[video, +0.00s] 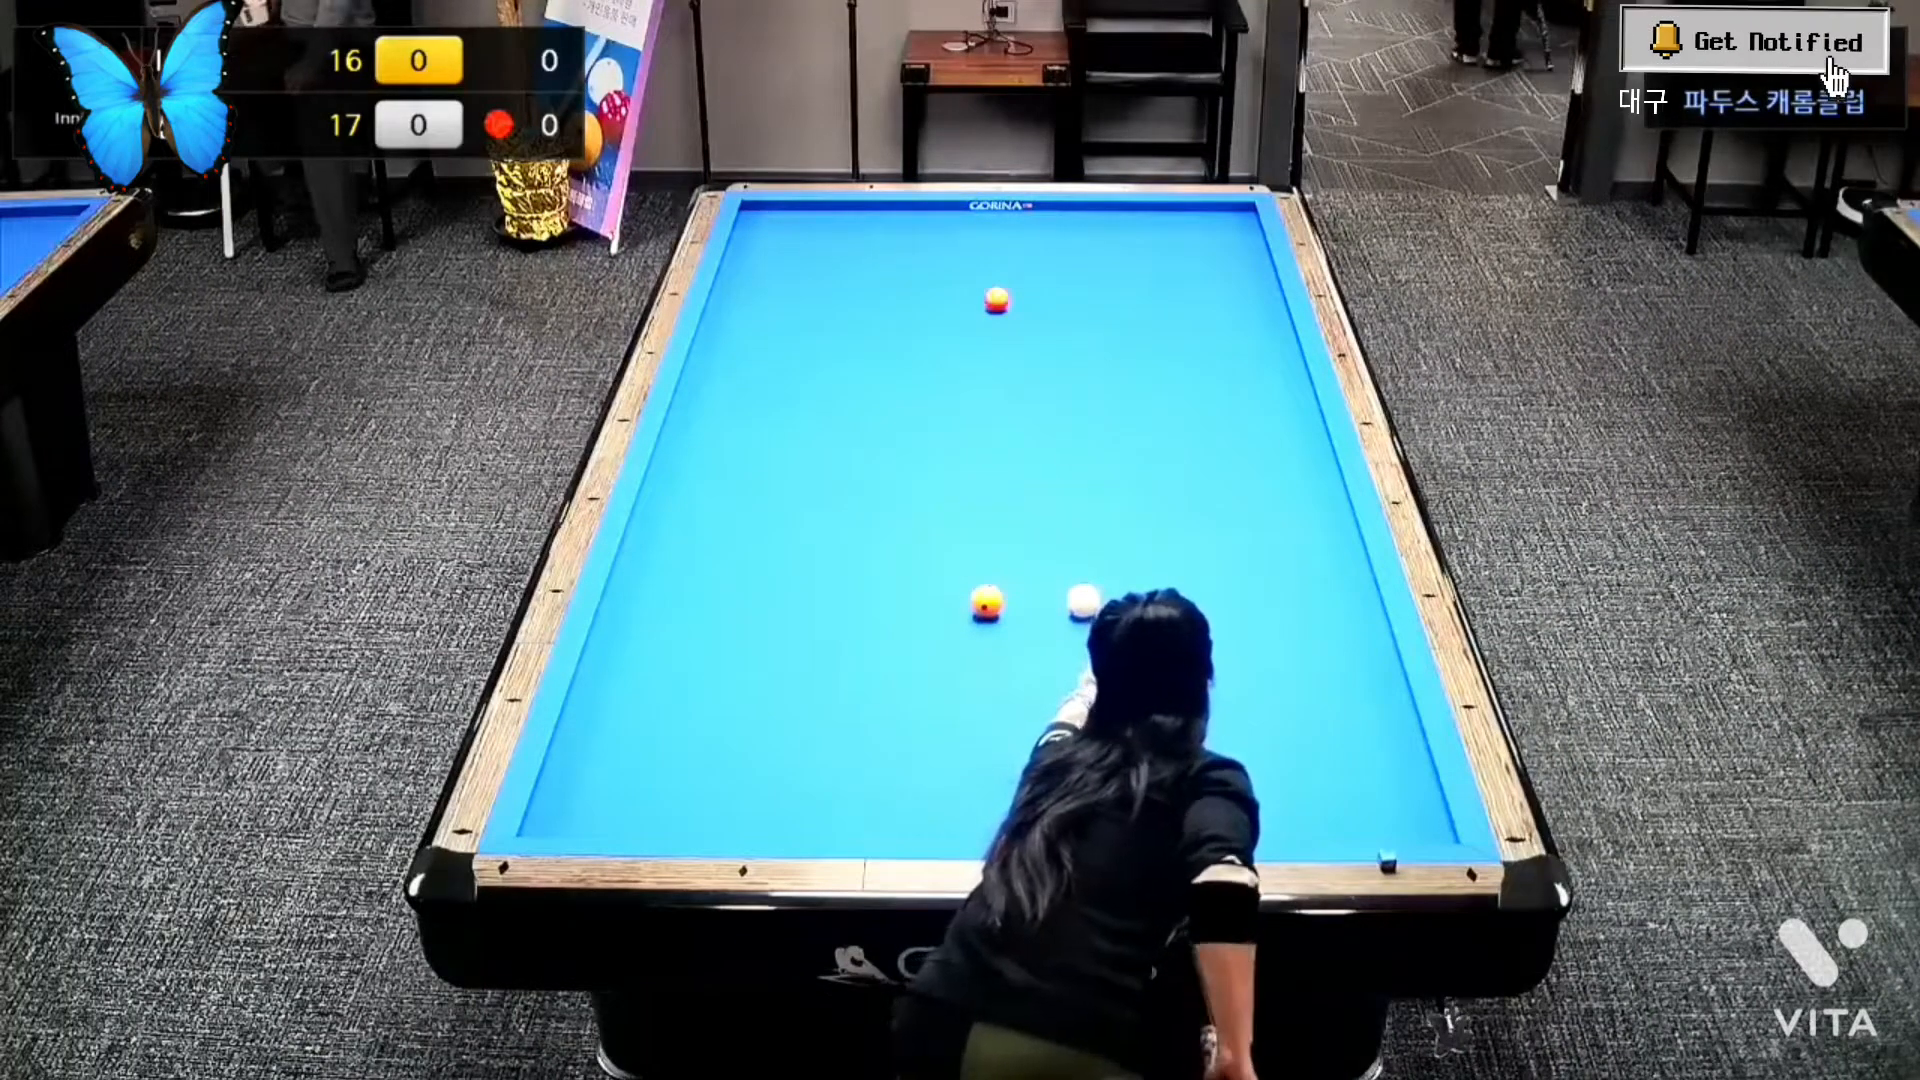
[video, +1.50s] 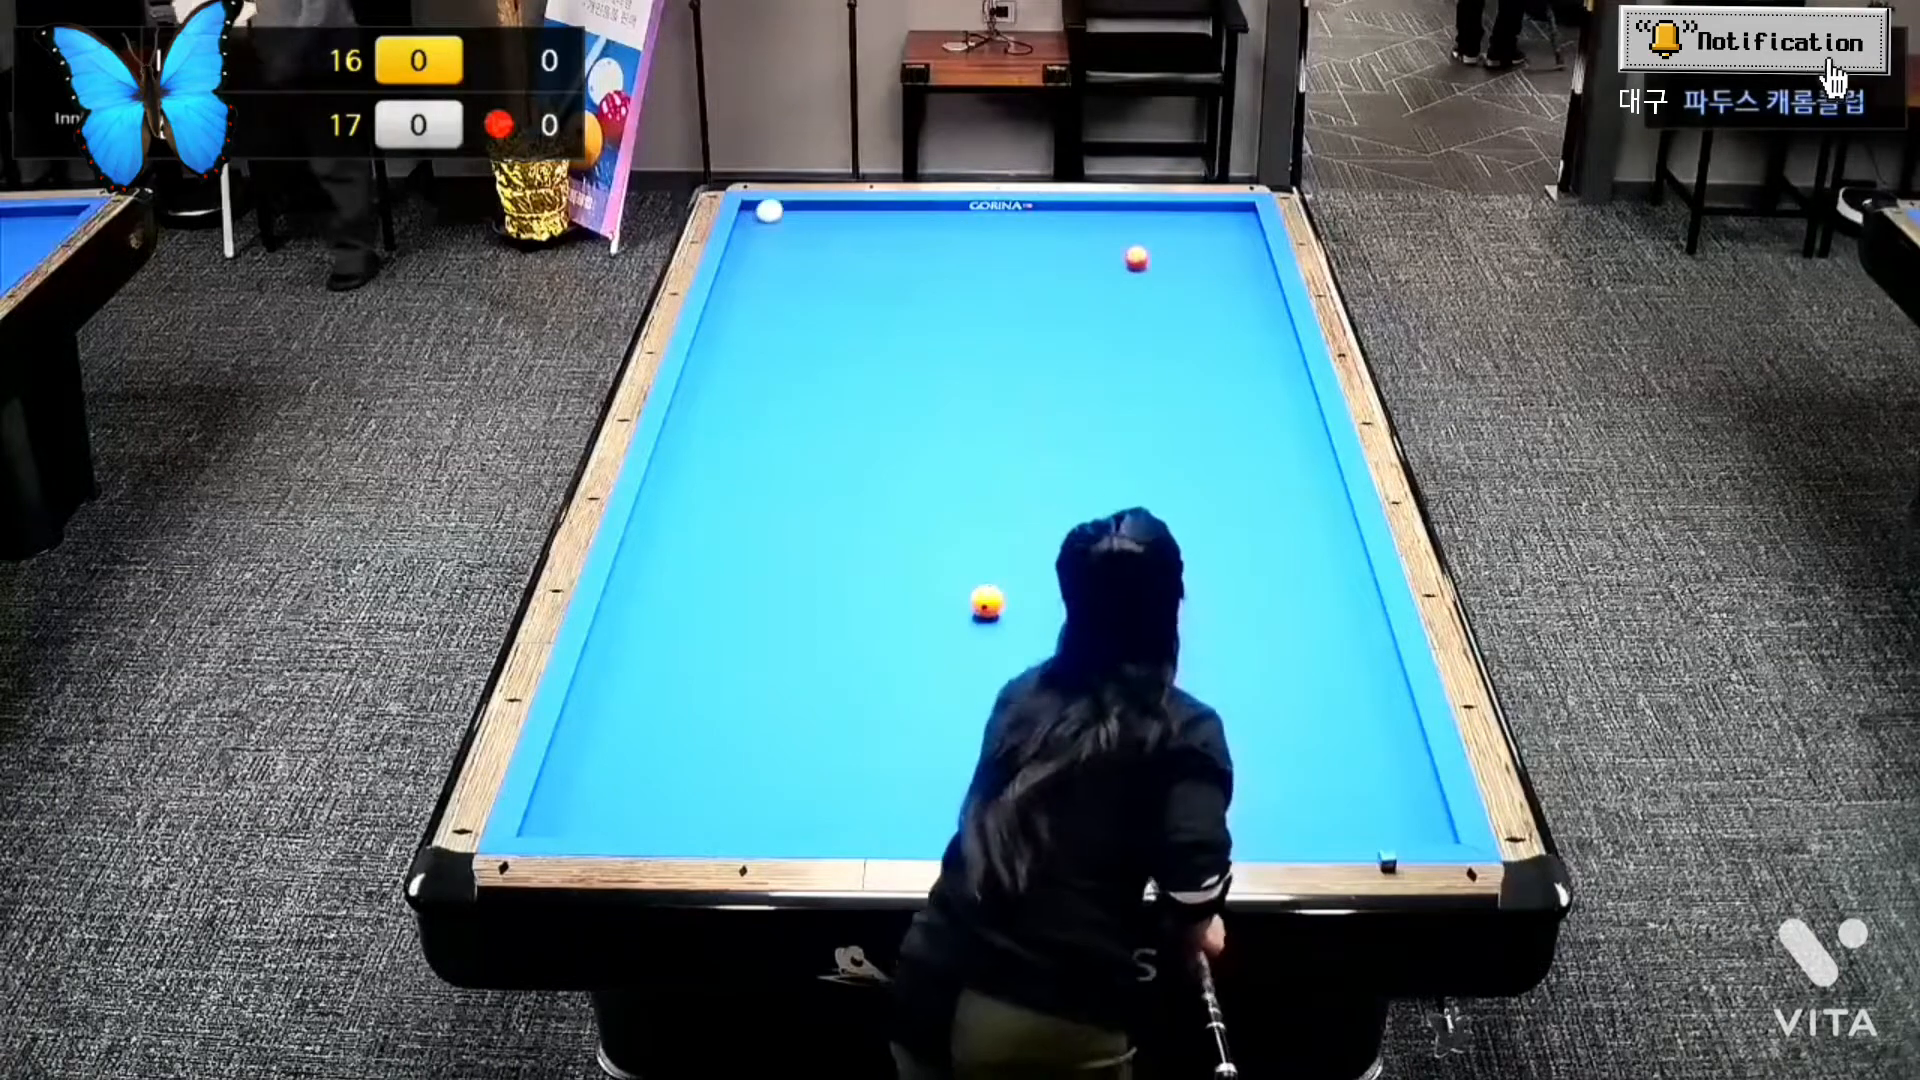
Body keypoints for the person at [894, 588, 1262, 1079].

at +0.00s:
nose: (1214, 677)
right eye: (1209, 667)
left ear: (1102, 682)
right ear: (1200, 679)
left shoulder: (1055, 755)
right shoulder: (1212, 776)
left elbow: (1079, 705)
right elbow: (1221, 894)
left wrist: (1097, 673)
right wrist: (1234, 1052)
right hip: (1091, 1038)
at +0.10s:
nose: (1216, 672)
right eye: (1210, 662)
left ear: (1105, 679)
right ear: (1201, 676)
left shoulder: (1056, 755)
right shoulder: (1214, 775)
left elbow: (1078, 707)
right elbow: (1224, 896)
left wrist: (1101, 671)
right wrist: (1236, 1050)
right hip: (1101, 1040)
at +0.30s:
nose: (1219, 665)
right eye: (1212, 653)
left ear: (1107, 671)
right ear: (1202, 669)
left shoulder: (1059, 747)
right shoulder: (1218, 769)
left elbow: (1083, 698)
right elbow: (1233, 884)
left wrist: (1105, 660)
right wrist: (1239, 1041)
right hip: (1114, 1038)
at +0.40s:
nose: (1221, 665)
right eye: (1214, 654)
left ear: (1108, 669)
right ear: (1204, 668)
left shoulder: (1058, 748)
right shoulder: (1219, 770)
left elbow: (1085, 697)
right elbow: (1239, 887)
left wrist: (1106, 661)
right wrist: (1235, 976)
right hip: (1112, 1034)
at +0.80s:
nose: (1216, 661)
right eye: (1210, 649)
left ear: (1108, 661)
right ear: (1200, 662)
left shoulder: (1054, 744)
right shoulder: (1219, 769)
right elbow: (1238, 882)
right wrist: (1228, 943)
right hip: (1106, 1034)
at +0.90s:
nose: (1212, 662)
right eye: (1205, 650)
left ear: (1106, 659)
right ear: (1199, 660)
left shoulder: (1053, 742)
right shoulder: (1218, 767)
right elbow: (1237, 878)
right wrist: (1226, 944)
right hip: (1106, 1032)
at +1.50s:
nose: (1181, 607)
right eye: (1177, 595)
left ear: (1075, 601)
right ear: (1167, 606)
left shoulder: (1020, 696)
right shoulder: (1186, 726)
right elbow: (1192, 873)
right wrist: (1199, 923)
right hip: (1069, 1016)